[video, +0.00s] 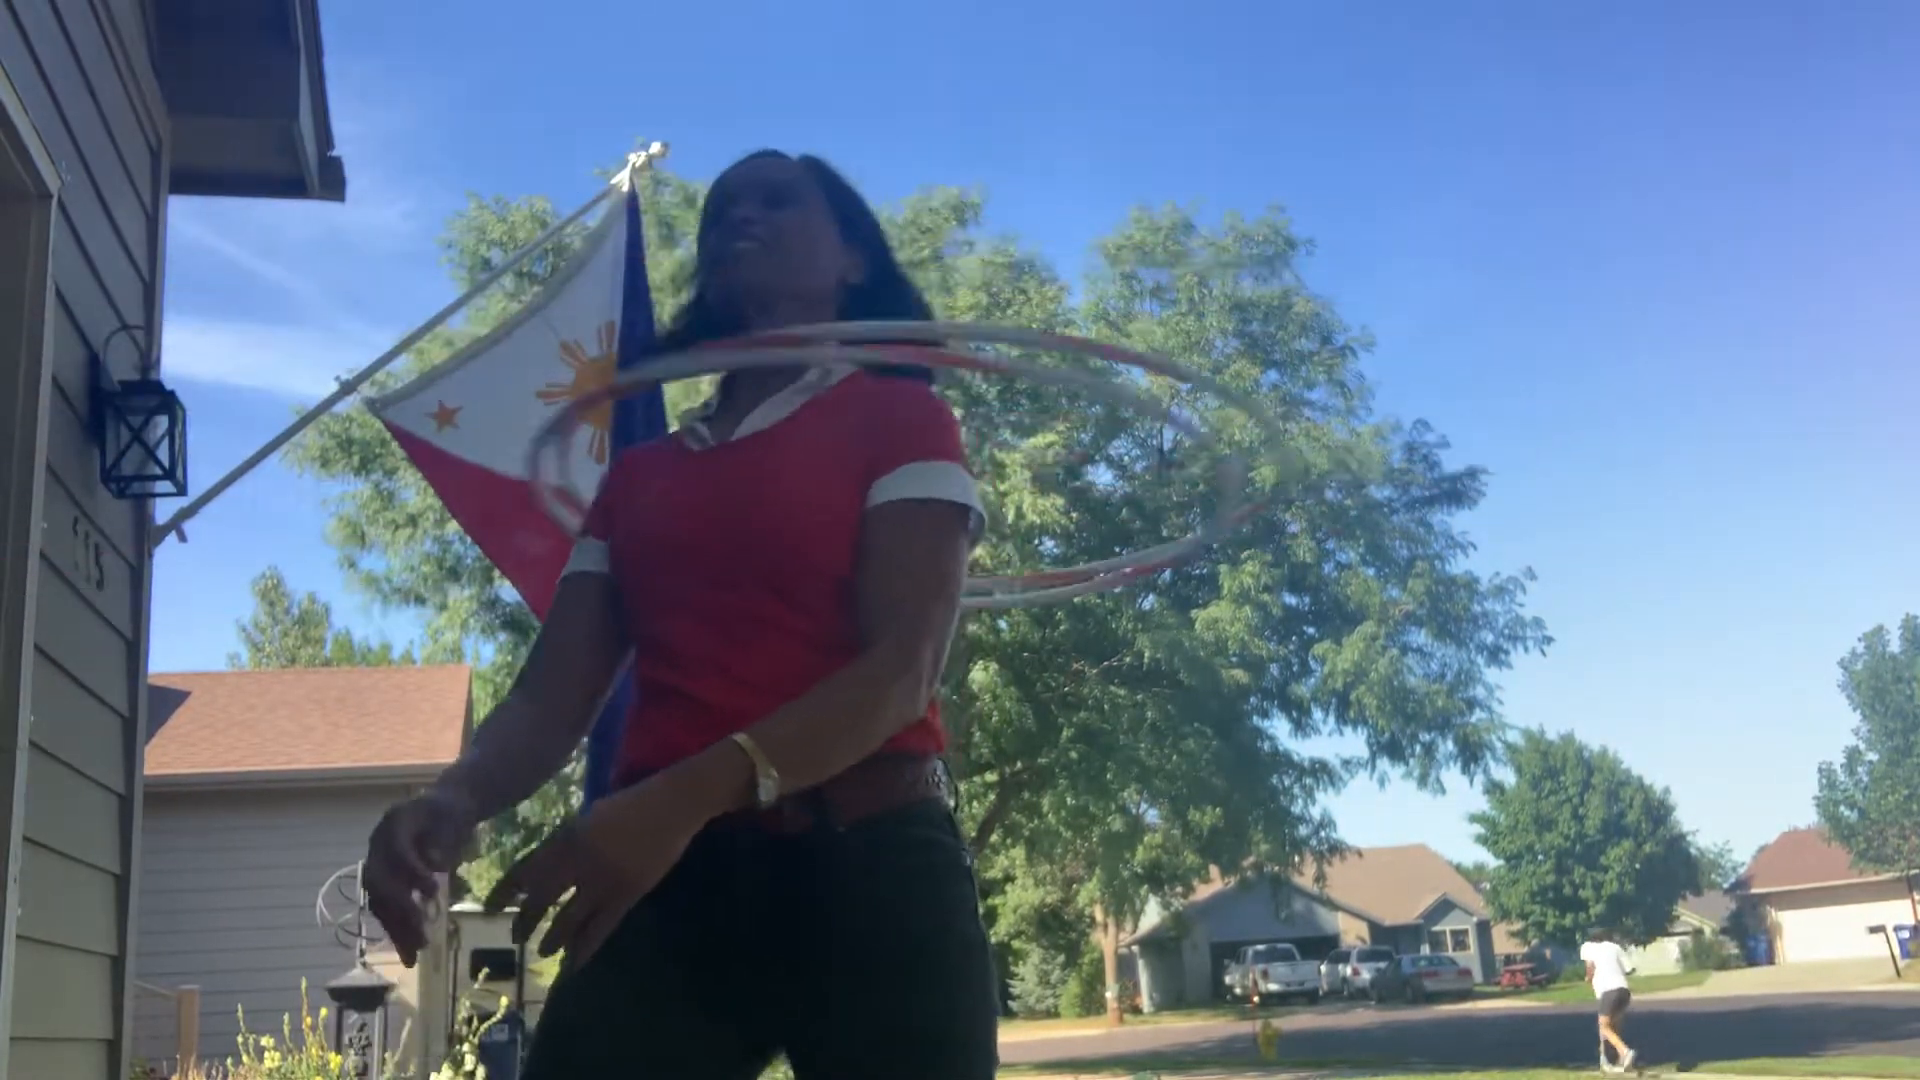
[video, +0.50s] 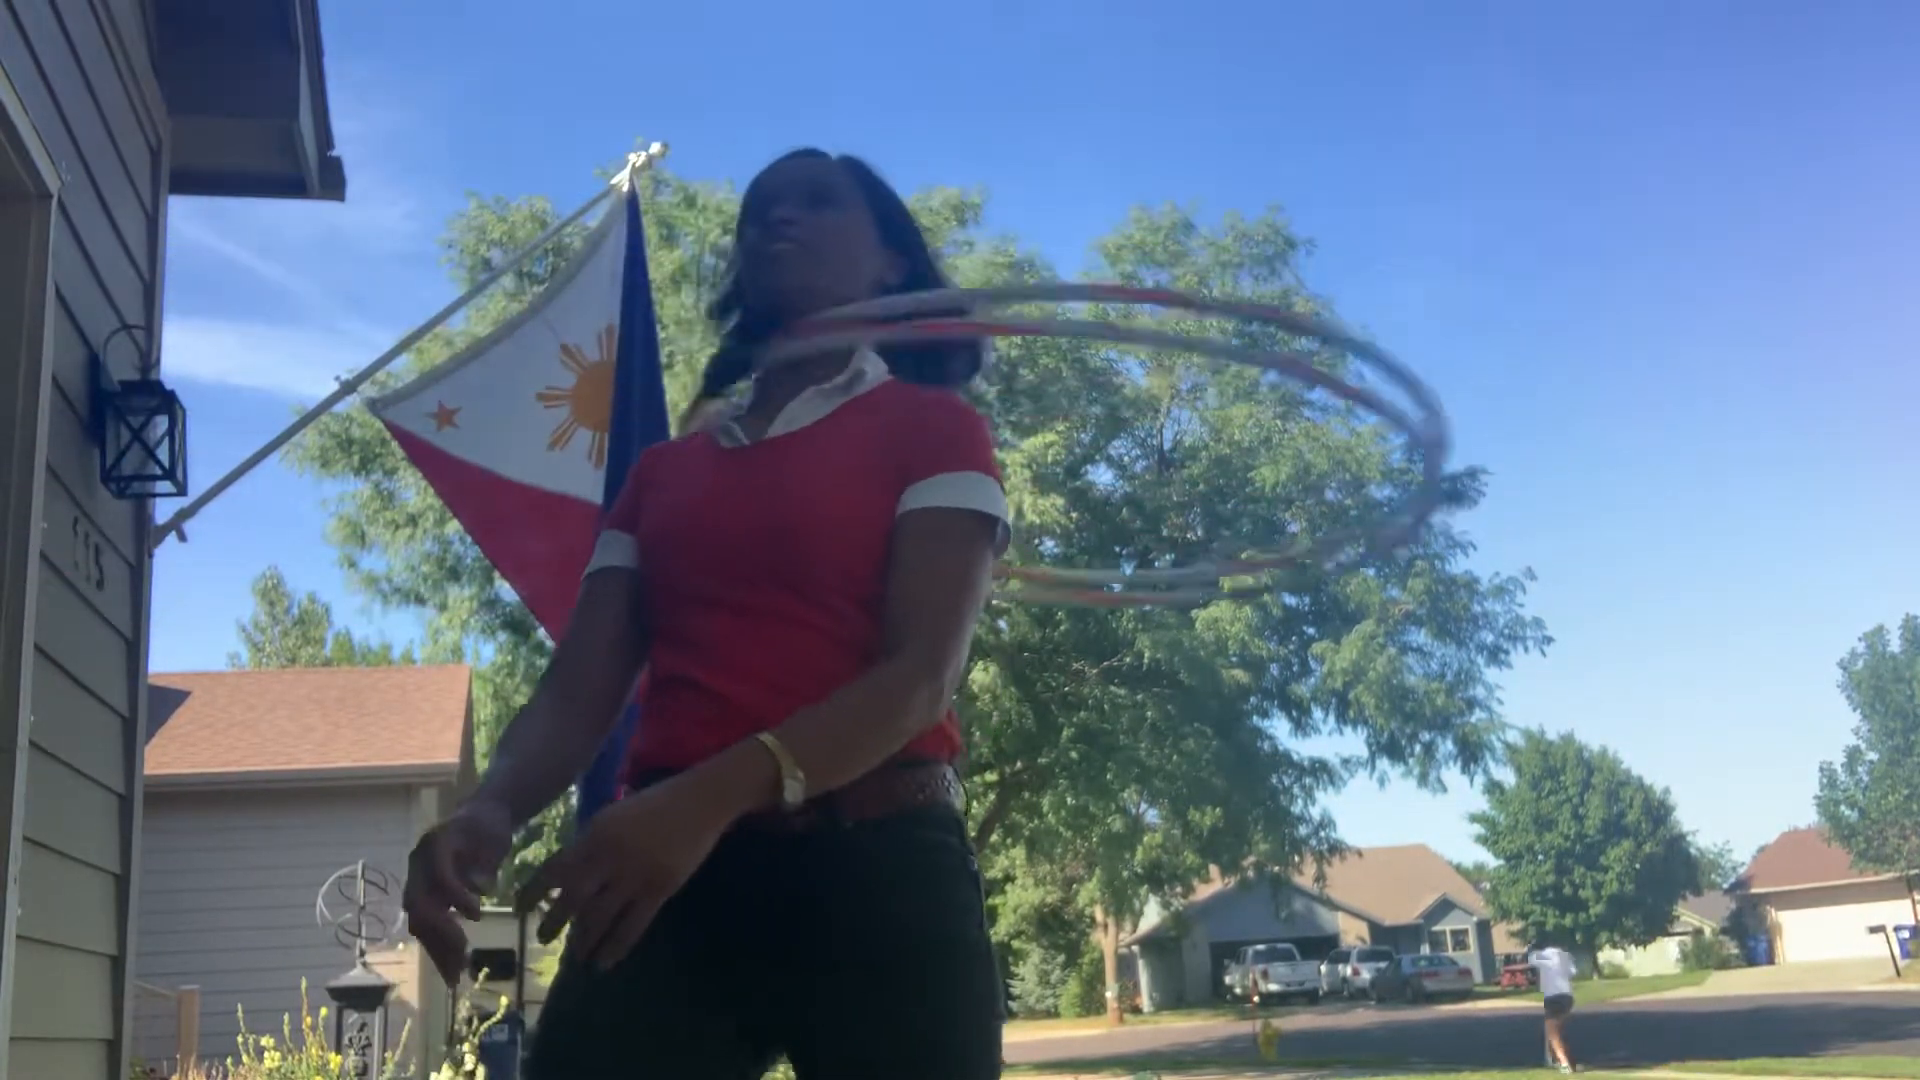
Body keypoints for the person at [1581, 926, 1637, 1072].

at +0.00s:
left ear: (1591, 937)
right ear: (1606, 937)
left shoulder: (1588, 946)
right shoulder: (1615, 946)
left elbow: (1590, 965)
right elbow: (1627, 968)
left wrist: (1589, 978)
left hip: (1608, 988)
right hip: (1624, 987)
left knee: (1604, 1026)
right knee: (1614, 1026)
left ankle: (1625, 1052)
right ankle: (1619, 1062)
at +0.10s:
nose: (1573, 944)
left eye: (1574, 942)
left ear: (1577, 939)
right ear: (1591, 937)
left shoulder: (1577, 947)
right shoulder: (1602, 947)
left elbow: (1580, 963)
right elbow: (1614, 967)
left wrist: (1578, 976)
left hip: (1597, 988)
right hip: (1613, 987)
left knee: (1587, 1023)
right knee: (1602, 1025)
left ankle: (1602, 1060)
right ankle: (1612, 1060)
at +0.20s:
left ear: (1569, 940)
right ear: (1583, 938)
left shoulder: (1566, 948)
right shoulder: (1593, 947)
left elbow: (1569, 962)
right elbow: (1606, 965)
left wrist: (1570, 974)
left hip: (1585, 988)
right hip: (1602, 988)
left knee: (1577, 1025)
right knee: (1594, 1024)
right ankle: (1600, 1060)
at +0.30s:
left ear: (1557, 944)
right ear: (1571, 941)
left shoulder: (1555, 951)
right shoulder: (1582, 948)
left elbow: (1558, 967)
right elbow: (1596, 966)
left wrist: (1562, 981)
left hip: (1574, 989)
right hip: (1591, 989)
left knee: (1566, 1026)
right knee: (1583, 1026)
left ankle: (1565, 1063)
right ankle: (1587, 1060)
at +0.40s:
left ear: (1550, 946)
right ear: (1563, 945)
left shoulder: (1548, 955)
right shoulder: (1572, 952)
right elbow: (1585, 969)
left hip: (1563, 993)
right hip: (1579, 993)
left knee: (1560, 1030)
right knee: (1573, 1030)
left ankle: (1564, 1063)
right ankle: (1578, 1061)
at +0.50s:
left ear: (1543, 947)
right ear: (1555, 945)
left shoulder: (1545, 957)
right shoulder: (1565, 956)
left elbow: (1531, 960)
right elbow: (1573, 971)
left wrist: (1531, 949)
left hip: (1552, 995)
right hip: (1567, 994)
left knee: (1553, 1032)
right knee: (1555, 1030)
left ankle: (1565, 1064)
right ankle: (1557, 1060)